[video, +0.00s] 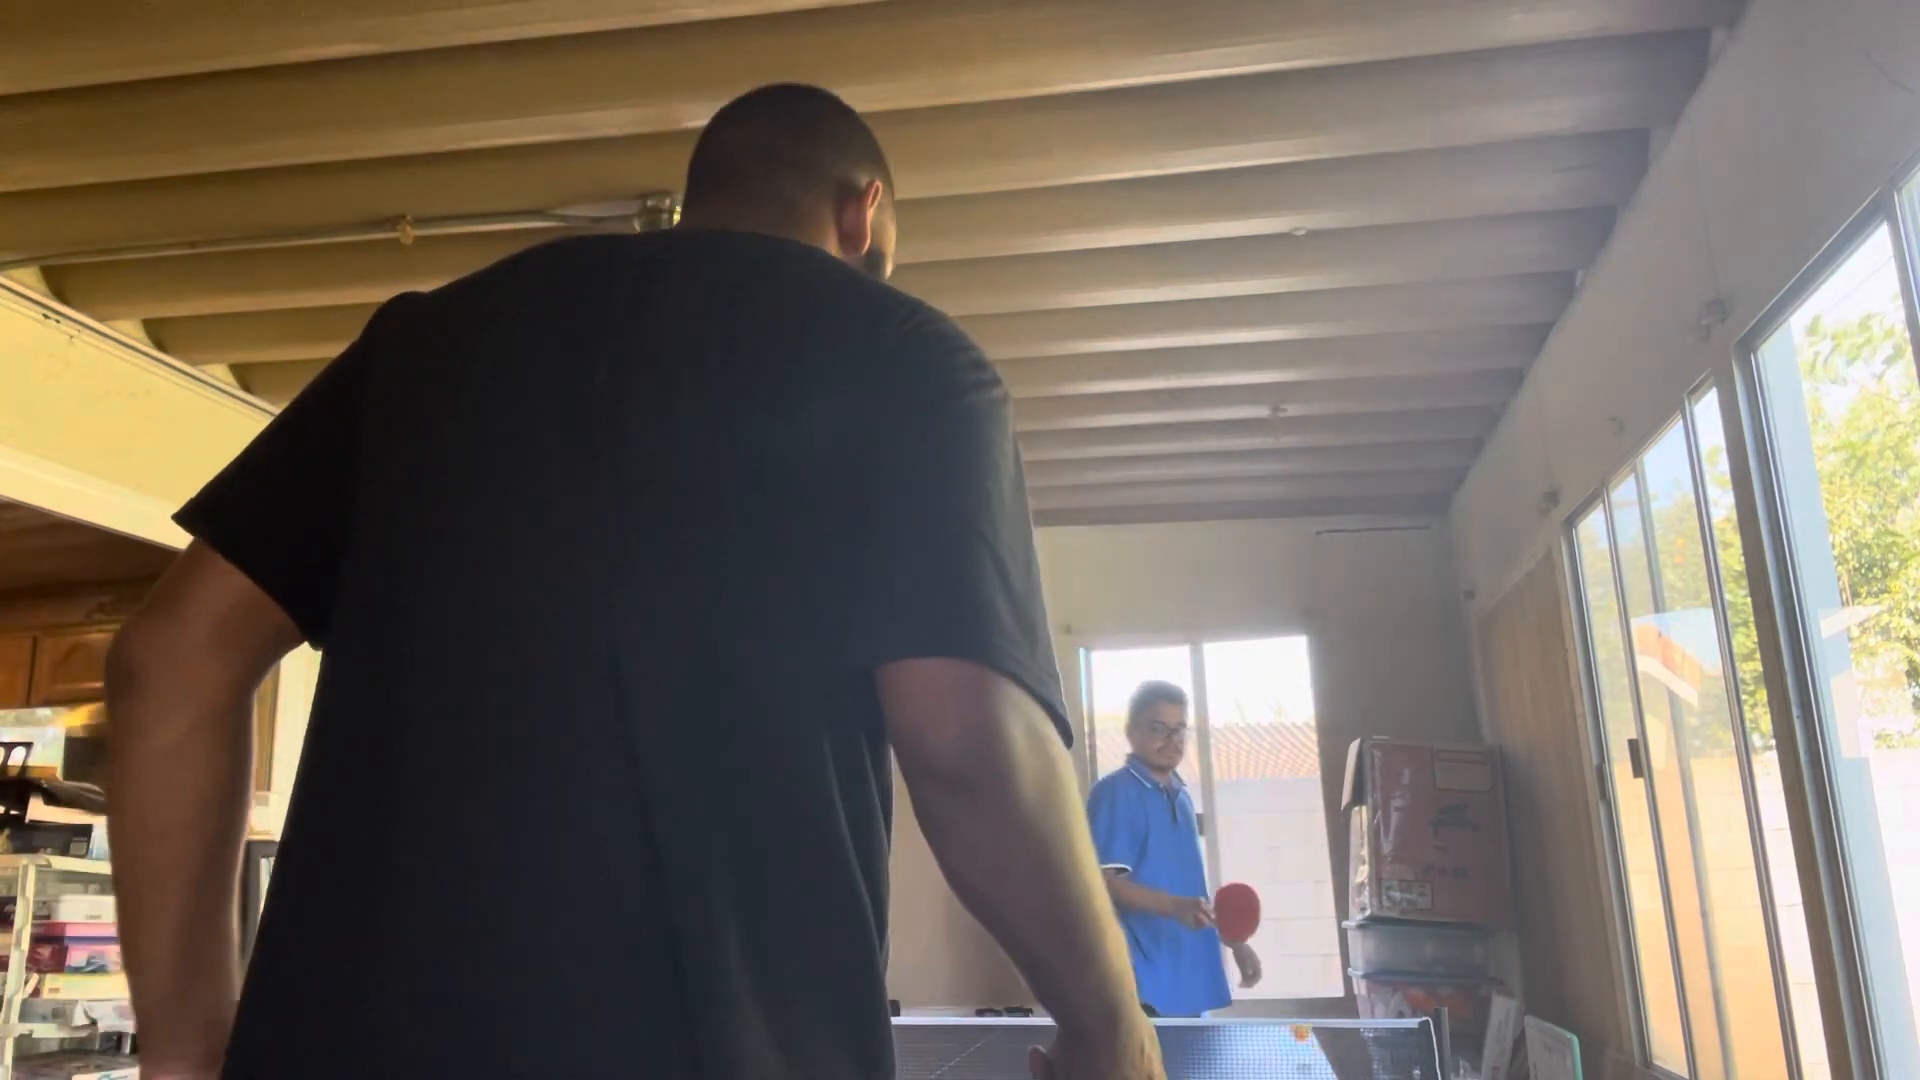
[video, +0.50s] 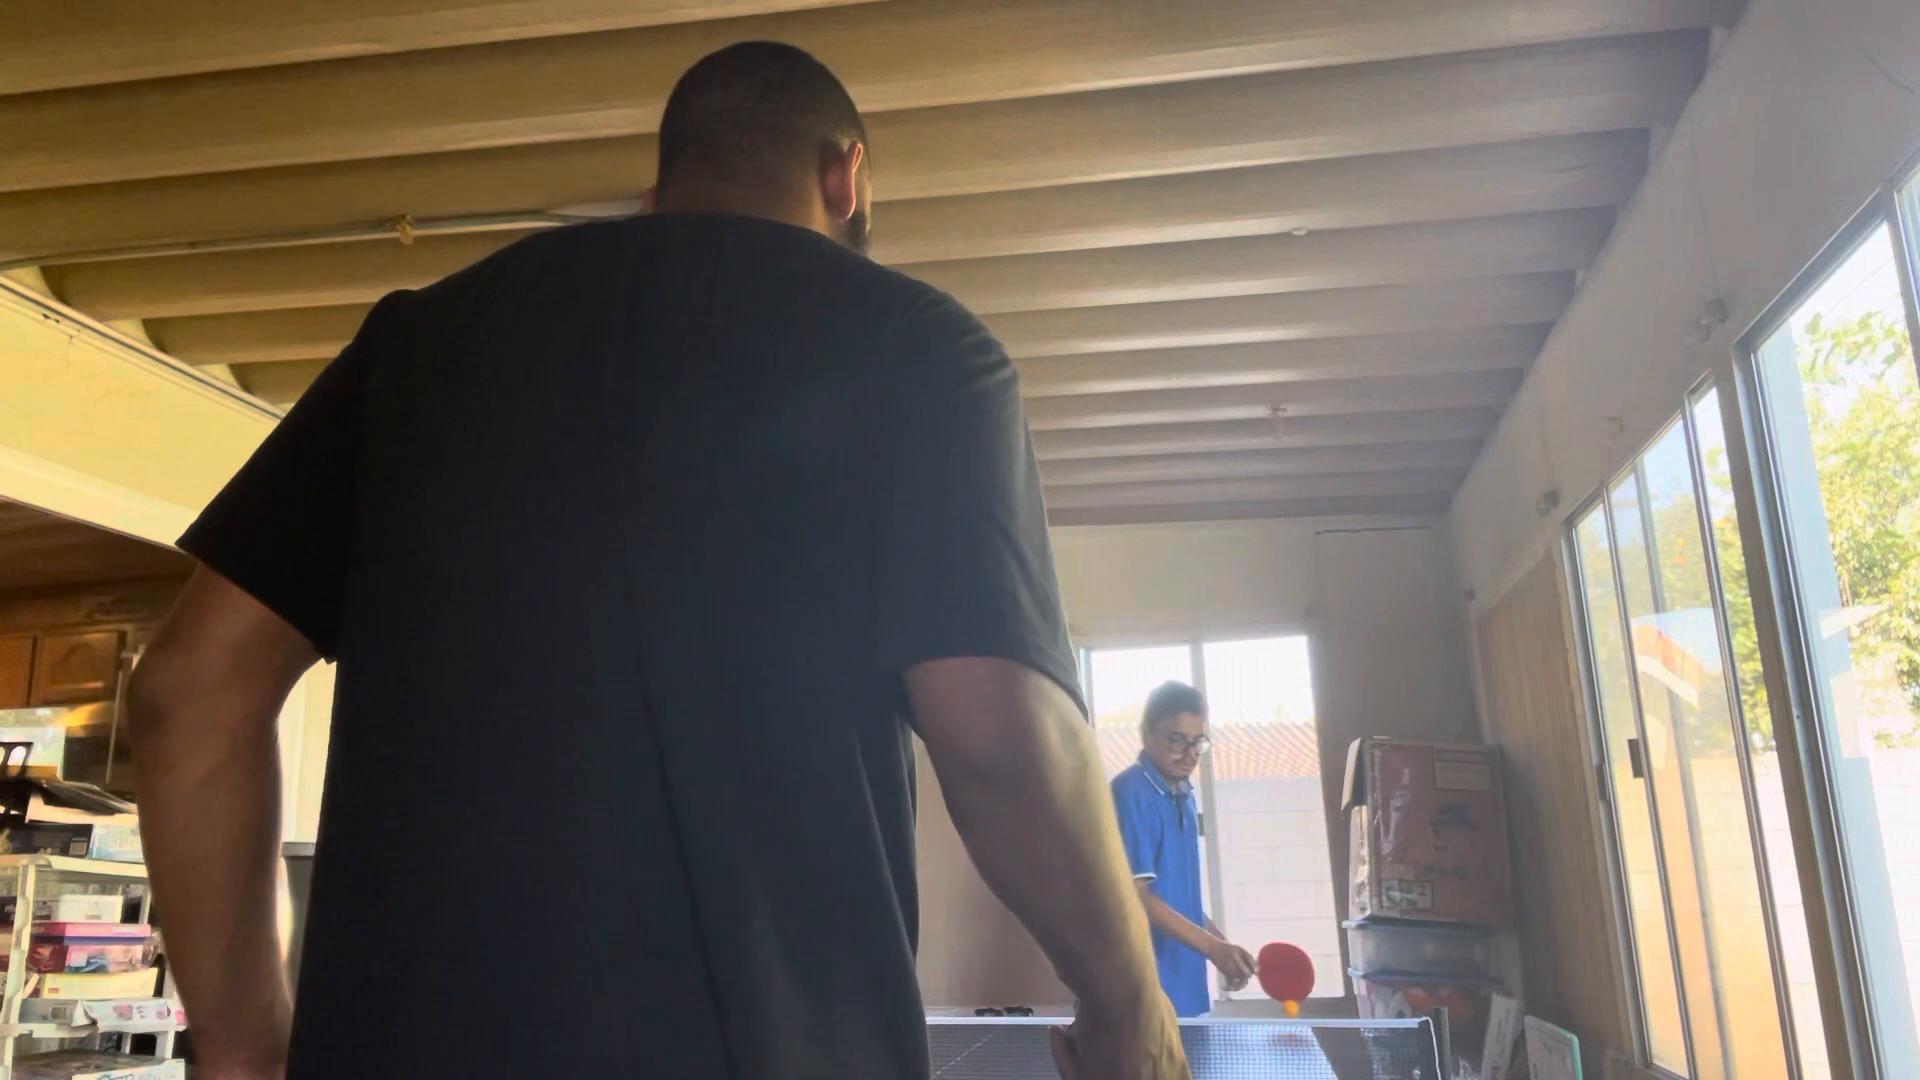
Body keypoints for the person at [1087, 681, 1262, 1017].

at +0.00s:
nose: (1172, 740)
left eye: (1179, 730)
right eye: (1158, 729)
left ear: (1186, 733)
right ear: (1131, 732)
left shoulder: (1177, 796)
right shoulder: (1116, 794)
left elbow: (1189, 888)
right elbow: (1103, 882)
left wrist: (1236, 943)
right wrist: (1174, 906)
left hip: (1195, 987)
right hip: (1149, 994)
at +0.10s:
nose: (1178, 742)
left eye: (1185, 732)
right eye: (1164, 730)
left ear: (1193, 734)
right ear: (1136, 733)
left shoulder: (1181, 797)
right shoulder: (1121, 793)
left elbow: (1189, 889)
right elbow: (1108, 880)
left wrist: (1225, 950)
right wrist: (1191, 913)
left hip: (1196, 989)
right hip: (1150, 996)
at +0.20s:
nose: (1183, 745)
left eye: (1191, 735)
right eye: (1169, 733)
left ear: (1198, 736)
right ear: (1141, 733)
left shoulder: (1179, 794)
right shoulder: (1127, 792)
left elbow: (1186, 888)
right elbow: (1120, 884)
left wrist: (1215, 959)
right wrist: (1210, 920)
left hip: (1192, 992)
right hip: (1150, 997)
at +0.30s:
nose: (1188, 748)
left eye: (1195, 738)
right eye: (1175, 737)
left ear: (1203, 737)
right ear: (1145, 733)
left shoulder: (1178, 792)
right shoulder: (1131, 793)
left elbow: (1179, 889)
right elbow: (1127, 888)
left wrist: (1207, 961)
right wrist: (1216, 926)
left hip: (1189, 992)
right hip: (1153, 998)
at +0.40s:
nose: (1190, 750)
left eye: (1198, 739)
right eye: (1176, 737)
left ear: (1205, 738)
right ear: (1147, 734)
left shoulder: (1178, 793)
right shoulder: (1132, 793)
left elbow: (1183, 891)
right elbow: (1133, 892)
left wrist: (1211, 956)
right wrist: (1216, 938)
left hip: (1189, 993)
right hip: (1155, 998)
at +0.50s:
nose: (1189, 752)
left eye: (1198, 741)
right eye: (1176, 739)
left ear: (1205, 739)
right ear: (1147, 735)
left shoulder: (1181, 793)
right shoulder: (1131, 792)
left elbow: (1179, 894)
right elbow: (1135, 895)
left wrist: (1219, 946)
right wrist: (1214, 949)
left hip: (1188, 991)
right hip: (1152, 995)